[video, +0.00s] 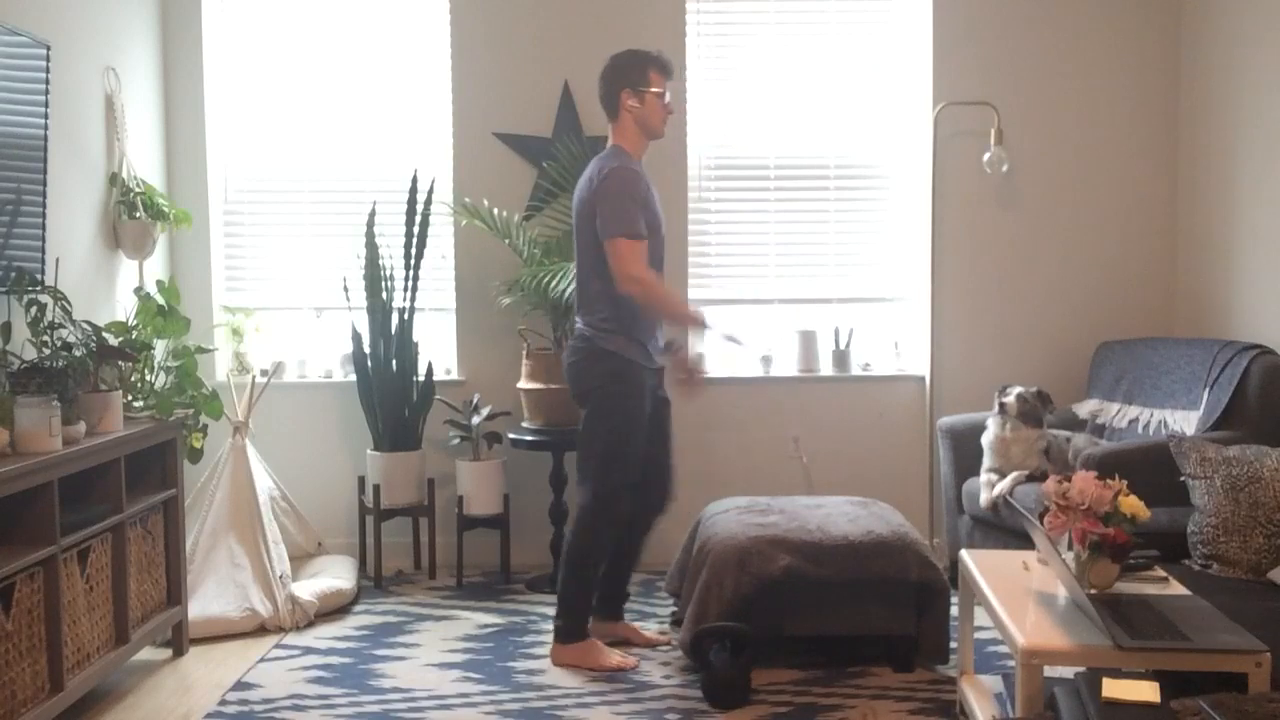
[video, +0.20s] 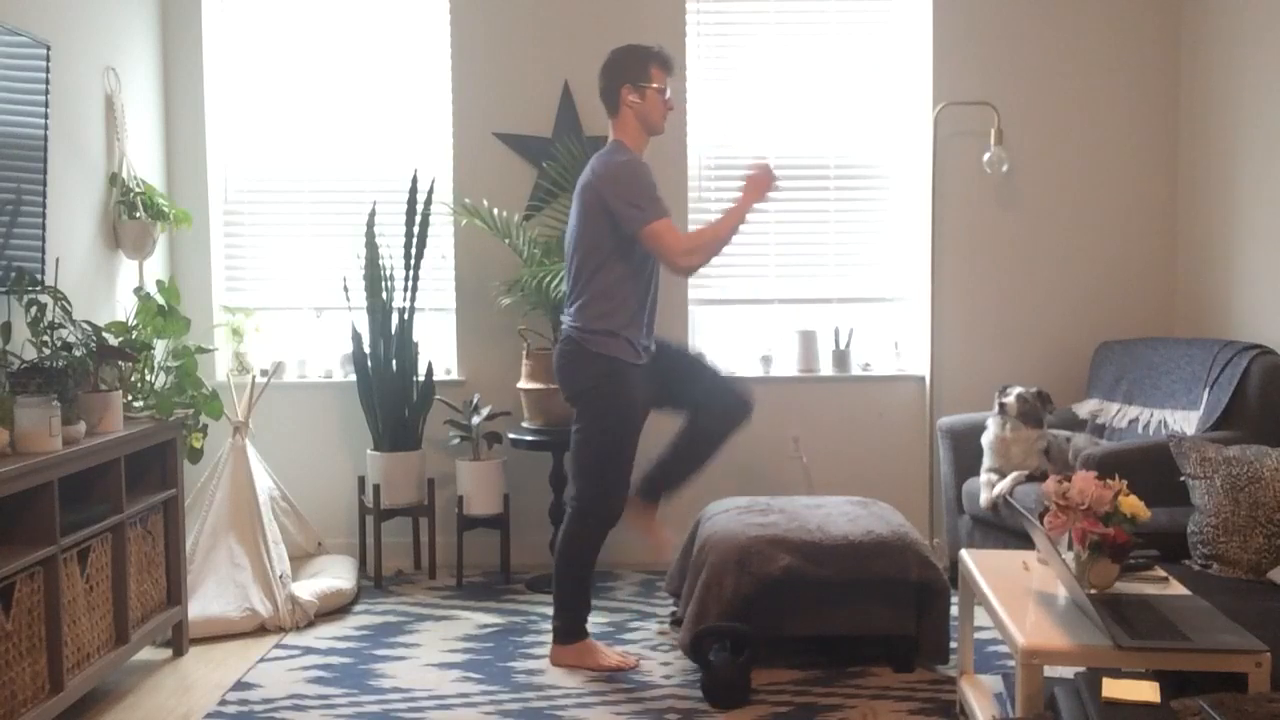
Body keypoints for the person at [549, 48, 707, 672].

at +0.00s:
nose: (670, 105)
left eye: (668, 94)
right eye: (661, 94)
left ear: (631, 104)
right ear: (628, 102)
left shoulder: (624, 172)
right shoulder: (616, 173)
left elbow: (631, 279)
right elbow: (628, 275)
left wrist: (672, 342)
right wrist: (689, 313)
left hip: (635, 357)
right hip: (611, 357)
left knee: (649, 488)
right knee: (607, 492)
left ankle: (607, 618)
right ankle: (570, 639)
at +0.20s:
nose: (672, 105)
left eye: (670, 94)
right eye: (663, 94)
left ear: (635, 99)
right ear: (628, 97)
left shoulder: (620, 168)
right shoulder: (618, 168)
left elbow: (681, 258)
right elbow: (682, 253)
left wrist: (738, 211)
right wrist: (745, 203)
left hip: (632, 350)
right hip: (601, 354)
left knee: (728, 403)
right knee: (596, 502)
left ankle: (644, 499)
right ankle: (569, 641)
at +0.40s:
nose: (693, 106)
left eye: (691, 96)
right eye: (685, 96)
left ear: (654, 104)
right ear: (655, 103)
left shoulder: (639, 167)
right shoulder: (641, 168)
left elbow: (718, 248)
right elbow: (725, 246)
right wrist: (726, 171)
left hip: (634, 337)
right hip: (613, 353)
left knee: (739, 307)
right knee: (611, 503)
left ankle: (725, 437)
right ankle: (569, 640)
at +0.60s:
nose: (729, 118)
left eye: (726, 107)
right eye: (720, 107)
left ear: (687, 119)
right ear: (691, 116)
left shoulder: (672, 184)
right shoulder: (677, 185)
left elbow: (742, 275)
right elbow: (745, 267)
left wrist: (755, 223)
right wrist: (765, 202)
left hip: (669, 352)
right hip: (642, 365)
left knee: (774, 370)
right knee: (636, 516)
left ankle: (755, 497)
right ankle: (571, 641)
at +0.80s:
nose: (769, 75)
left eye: (766, 64)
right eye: (760, 64)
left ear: (727, 75)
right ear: (731, 72)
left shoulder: (718, 139)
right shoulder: (721, 138)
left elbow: (732, 231)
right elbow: (734, 228)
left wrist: (795, 240)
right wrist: (811, 239)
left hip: (711, 326)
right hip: (690, 327)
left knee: (801, 404)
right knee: (671, 470)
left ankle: (759, 538)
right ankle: (599, 603)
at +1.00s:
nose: (784, 13)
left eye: (783, 5)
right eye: (776, 4)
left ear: (751, 12)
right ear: (749, 8)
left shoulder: (746, 85)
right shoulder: (725, 77)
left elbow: (798, 174)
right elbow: (688, 166)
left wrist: (820, 106)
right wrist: (705, 260)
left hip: (740, 261)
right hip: (733, 261)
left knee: (771, 401)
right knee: (831, 346)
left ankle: (760, 534)